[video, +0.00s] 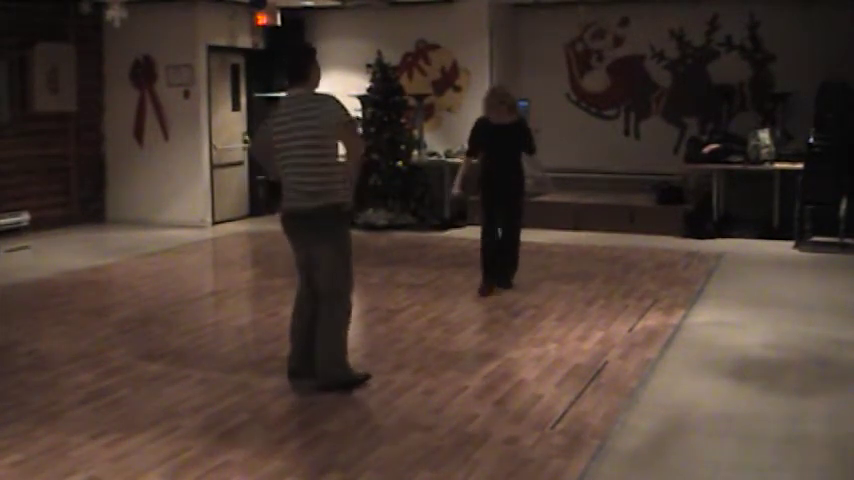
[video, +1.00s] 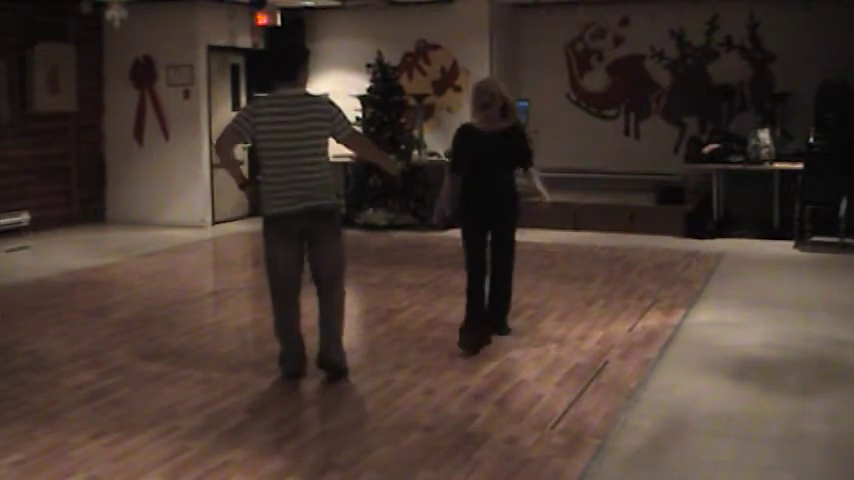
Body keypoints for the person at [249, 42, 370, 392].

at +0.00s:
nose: (320, 72)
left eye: (316, 66)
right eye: (317, 66)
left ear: (287, 73)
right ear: (312, 70)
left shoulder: (279, 112)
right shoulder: (328, 104)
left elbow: (259, 151)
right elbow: (356, 146)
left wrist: (282, 176)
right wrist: (349, 185)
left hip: (294, 212)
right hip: (328, 210)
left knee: (308, 286)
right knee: (336, 290)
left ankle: (300, 364)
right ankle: (333, 369)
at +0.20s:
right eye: (303, 66)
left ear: (276, 75)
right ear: (306, 70)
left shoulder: (266, 113)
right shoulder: (330, 104)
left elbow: (231, 150)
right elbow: (370, 141)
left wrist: (259, 175)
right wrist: (371, 187)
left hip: (290, 214)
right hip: (331, 210)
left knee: (297, 288)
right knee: (333, 290)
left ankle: (297, 365)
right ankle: (332, 369)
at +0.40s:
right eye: (302, 67)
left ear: (275, 75)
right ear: (306, 71)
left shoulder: (263, 112)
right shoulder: (329, 107)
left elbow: (226, 150)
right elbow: (364, 142)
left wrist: (251, 181)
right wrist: (377, 172)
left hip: (287, 216)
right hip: (329, 212)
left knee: (290, 294)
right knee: (331, 296)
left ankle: (295, 368)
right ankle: (331, 376)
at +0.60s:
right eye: (301, 64)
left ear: (274, 72)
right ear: (305, 69)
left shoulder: (263, 110)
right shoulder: (327, 106)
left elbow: (228, 146)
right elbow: (361, 141)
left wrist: (240, 177)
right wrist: (381, 161)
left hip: (281, 212)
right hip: (323, 209)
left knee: (282, 290)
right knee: (325, 291)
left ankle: (292, 365)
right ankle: (328, 374)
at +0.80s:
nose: (304, 70)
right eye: (303, 64)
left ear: (273, 70)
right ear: (303, 69)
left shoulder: (260, 110)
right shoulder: (322, 107)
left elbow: (223, 149)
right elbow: (357, 142)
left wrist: (229, 189)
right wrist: (381, 159)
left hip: (279, 213)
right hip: (321, 211)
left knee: (282, 292)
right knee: (322, 291)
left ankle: (291, 365)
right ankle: (327, 373)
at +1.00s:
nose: (307, 70)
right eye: (305, 64)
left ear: (271, 70)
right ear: (303, 69)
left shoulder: (257, 109)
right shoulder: (320, 105)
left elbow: (223, 145)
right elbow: (355, 142)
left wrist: (242, 182)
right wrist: (388, 163)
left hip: (279, 211)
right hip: (322, 208)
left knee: (284, 289)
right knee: (330, 283)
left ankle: (292, 363)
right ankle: (333, 360)